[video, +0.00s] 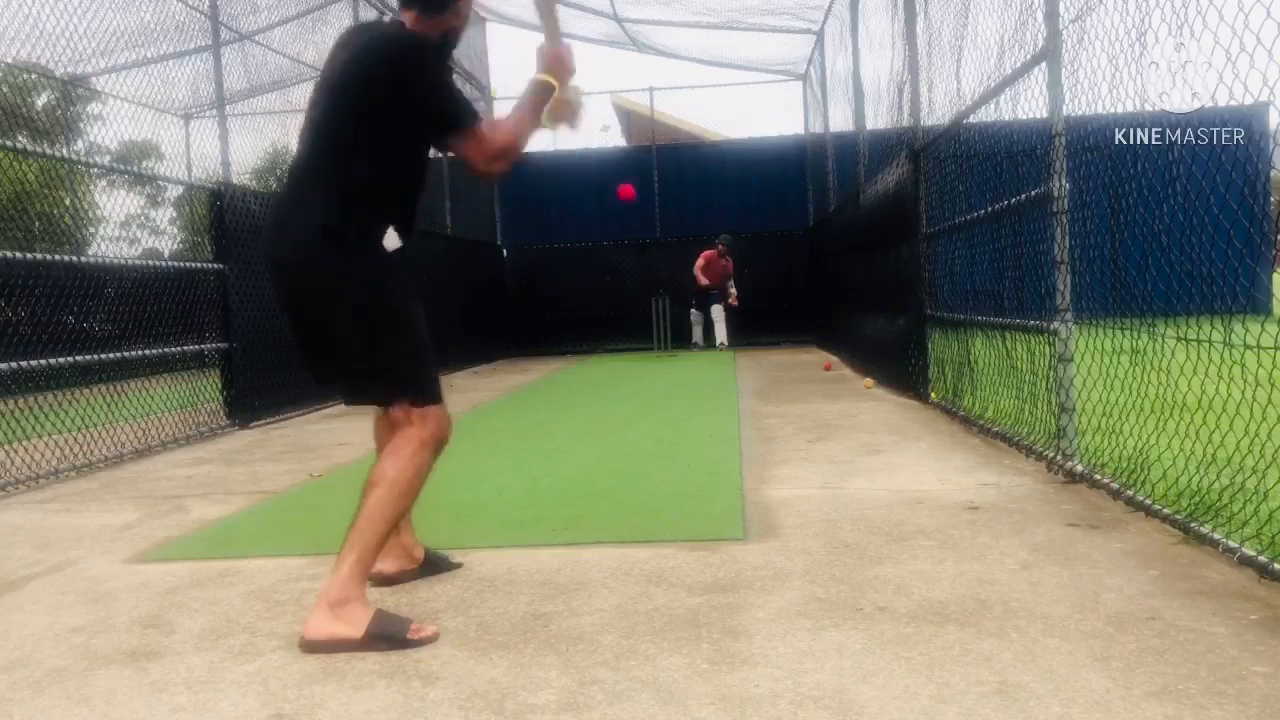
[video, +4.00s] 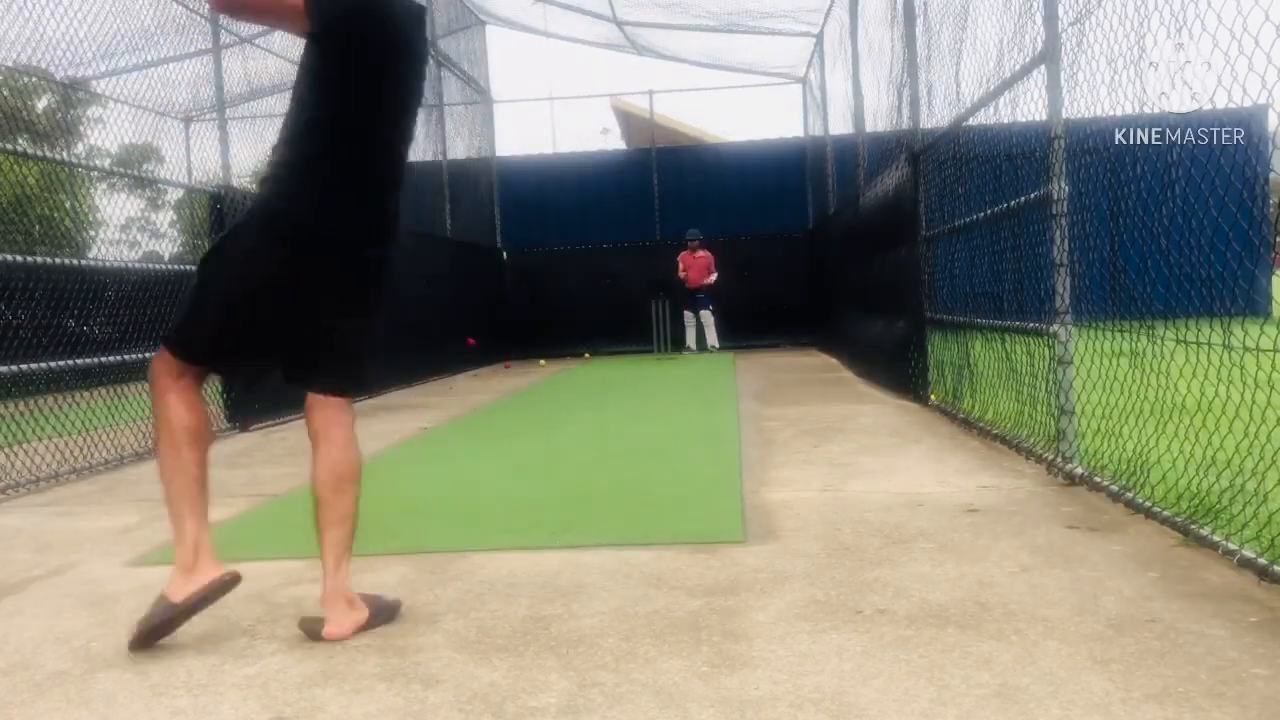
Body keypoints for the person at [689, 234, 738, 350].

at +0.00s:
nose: (722, 248)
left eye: (725, 246)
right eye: (721, 245)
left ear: (728, 248)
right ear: (717, 245)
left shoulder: (728, 262)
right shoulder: (707, 255)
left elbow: (729, 280)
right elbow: (696, 268)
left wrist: (732, 294)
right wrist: (701, 278)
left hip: (717, 289)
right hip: (702, 287)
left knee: (718, 312)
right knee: (696, 314)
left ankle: (721, 342)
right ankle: (697, 342)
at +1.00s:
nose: (706, 239)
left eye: (709, 237)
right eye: (704, 237)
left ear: (714, 237)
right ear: (702, 239)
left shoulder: (723, 252)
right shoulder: (700, 253)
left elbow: (730, 270)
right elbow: (696, 270)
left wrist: (717, 275)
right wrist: (703, 274)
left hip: (718, 285)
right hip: (704, 286)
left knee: (719, 312)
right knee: (700, 313)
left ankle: (722, 342)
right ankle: (700, 343)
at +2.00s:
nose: (710, 240)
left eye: (712, 237)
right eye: (707, 237)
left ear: (716, 239)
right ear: (703, 239)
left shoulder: (720, 253)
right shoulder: (696, 253)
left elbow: (724, 271)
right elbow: (690, 268)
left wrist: (726, 278)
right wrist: (699, 273)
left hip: (715, 286)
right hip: (700, 287)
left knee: (720, 312)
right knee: (700, 315)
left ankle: (723, 342)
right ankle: (702, 343)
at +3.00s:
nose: (701, 244)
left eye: (703, 241)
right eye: (701, 241)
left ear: (709, 240)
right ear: (702, 241)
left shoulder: (723, 252)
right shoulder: (700, 255)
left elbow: (729, 270)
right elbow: (698, 271)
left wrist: (716, 270)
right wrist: (689, 278)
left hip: (719, 286)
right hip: (705, 286)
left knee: (721, 312)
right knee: (699, 311)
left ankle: (726, 342)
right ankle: (697, 343)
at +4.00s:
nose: (692, 243)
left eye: (694, 241)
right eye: (689, 241)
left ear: (699, 241)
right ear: (687, 242)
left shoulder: (707, 255)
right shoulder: (682, 256)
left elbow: (713, 272)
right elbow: (680, 272)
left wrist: (711, 279)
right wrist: (684, 275)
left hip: (702, 289)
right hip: (688, 290)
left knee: (706, 316)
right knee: (689, 318)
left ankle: (713, 345)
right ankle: (690, 346)